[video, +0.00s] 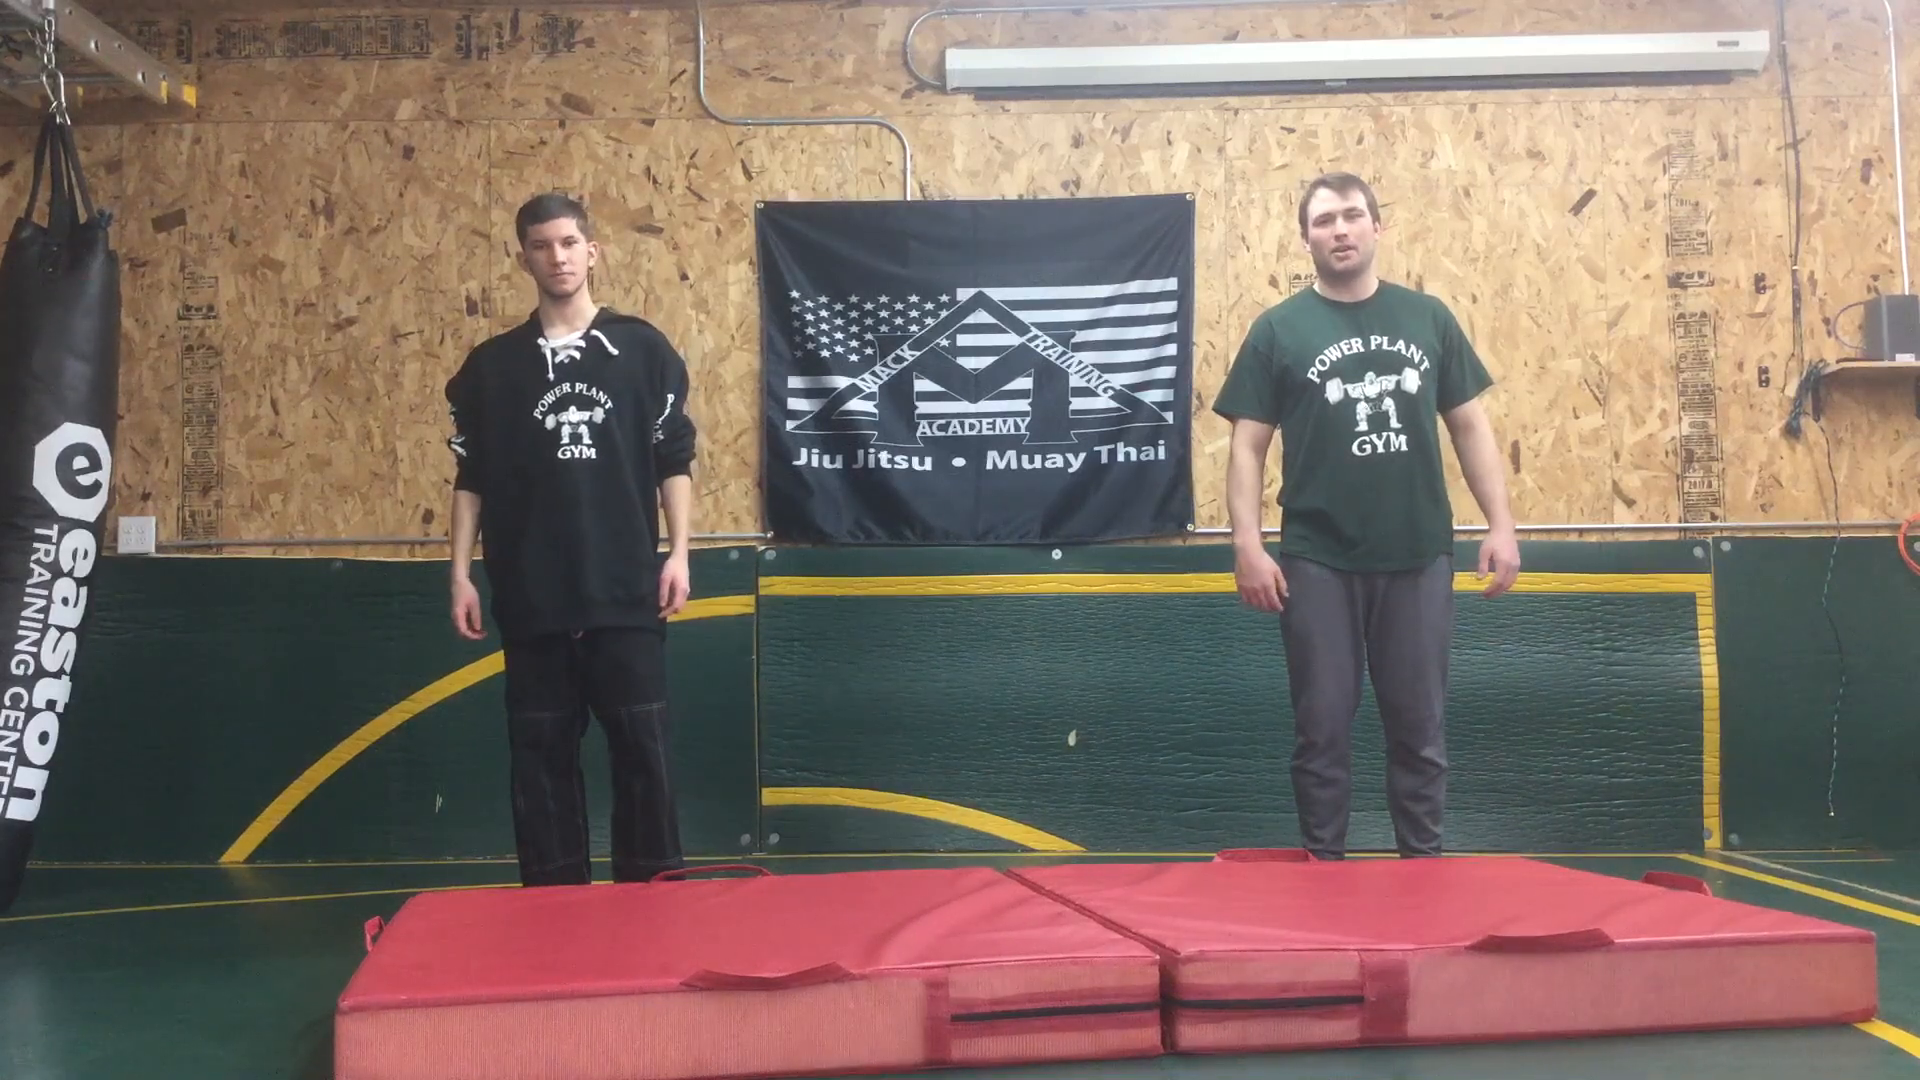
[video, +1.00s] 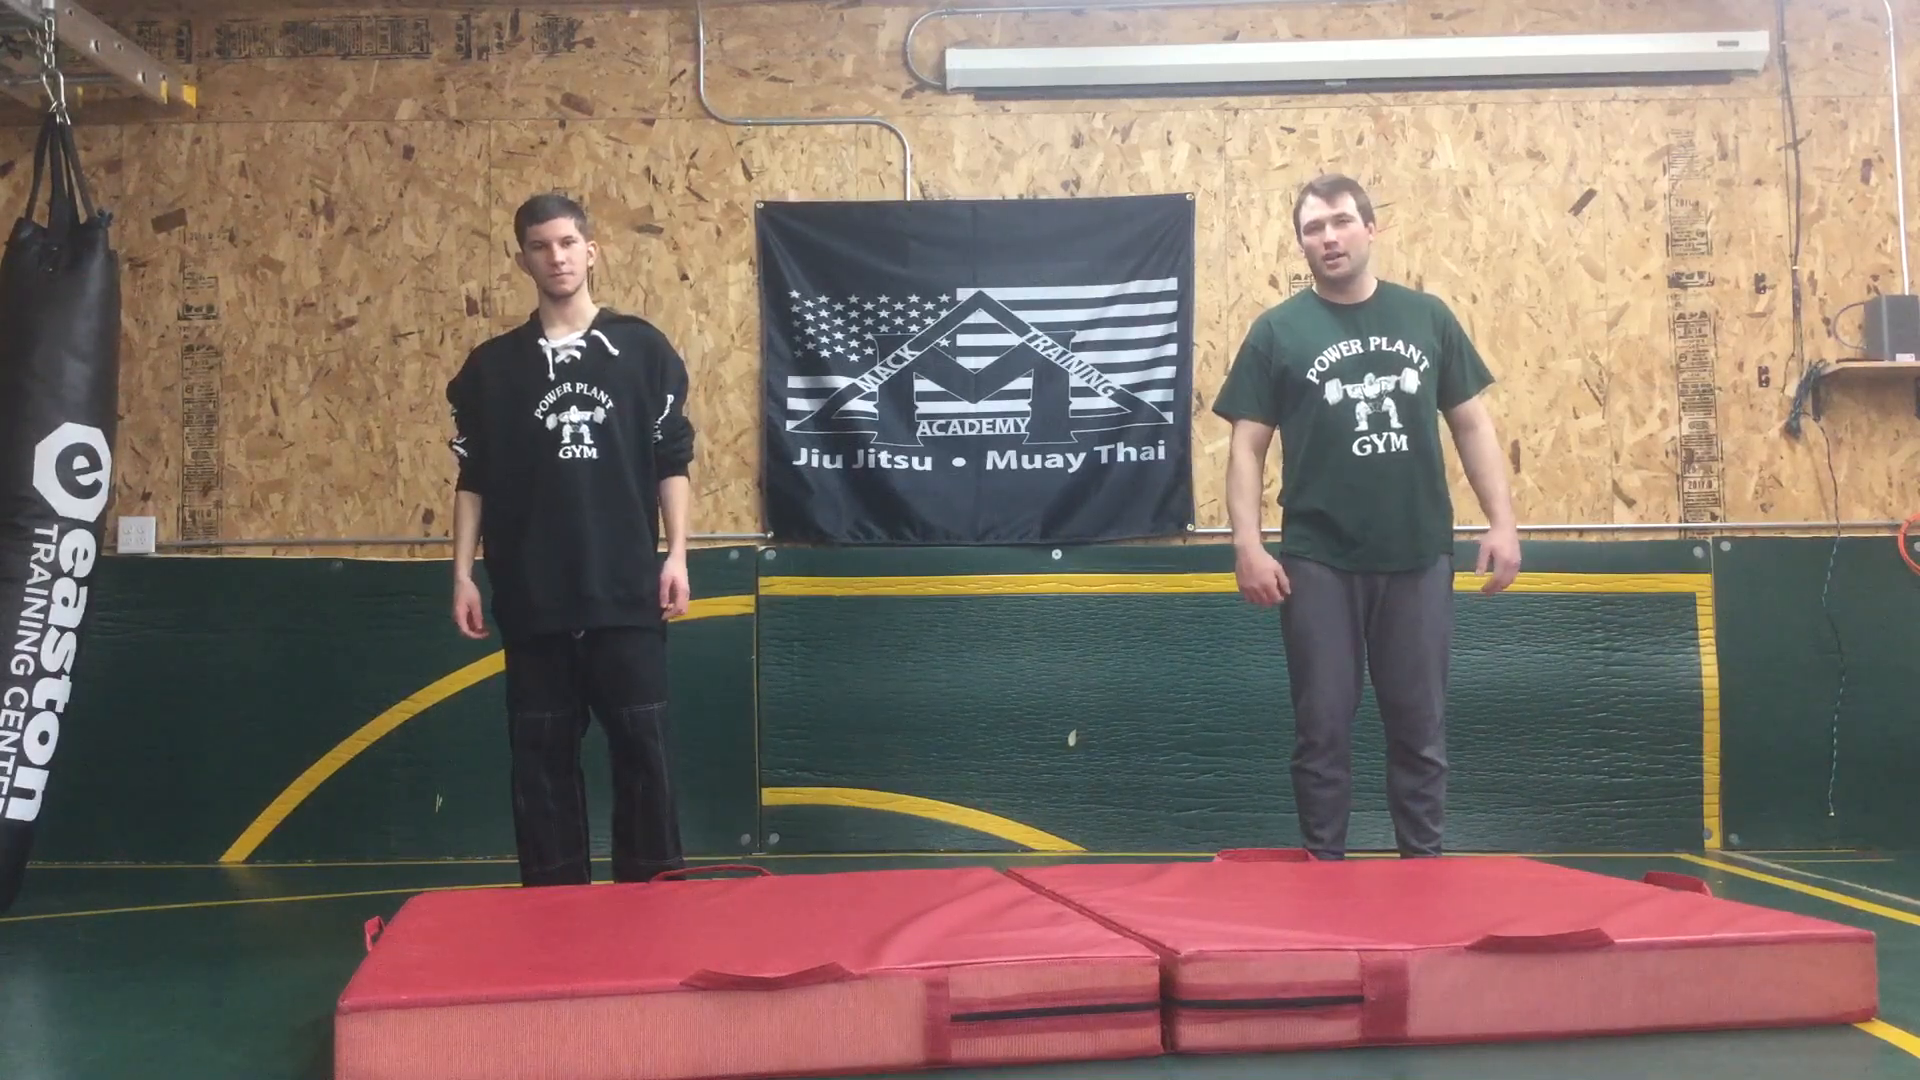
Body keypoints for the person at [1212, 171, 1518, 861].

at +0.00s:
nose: (1340, 229)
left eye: (1351, 216)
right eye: (1324, 221)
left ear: (1377, 228)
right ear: (1306, 240)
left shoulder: (1426, 317)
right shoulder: (1278, 330)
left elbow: (1468, 424)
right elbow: (1248, 445)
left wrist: (1501, 525)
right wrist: (1248, 545)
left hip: (1417, 554)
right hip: (1317, 556)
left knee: (1419, 725)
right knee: (1322, 723)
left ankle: (1423, 869)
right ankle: (1323, 870)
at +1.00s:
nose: (1328, 236)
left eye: (1341, 221)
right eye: (1313, 227)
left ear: (1372, 229)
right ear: (1300, 243)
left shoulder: (1426, 317)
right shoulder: (1277, 332)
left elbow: (1470, 424)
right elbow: (1247, 447)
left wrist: (1502, 522)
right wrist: (1248, 545)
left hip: (1417, 554)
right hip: (1317, 556)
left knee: (1419, 724)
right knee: (1322, 723)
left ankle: (1423, 868)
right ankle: (1323, 869)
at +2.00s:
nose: (1333, 243)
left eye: (1344, 227)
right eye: (1317, 234)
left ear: (1373, 230)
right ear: (1302, 246)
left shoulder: (1428, 320)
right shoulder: (1277, 335)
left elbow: (1468, 425)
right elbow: (1248, 451)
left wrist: (1496, 527)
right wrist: (1246, 552)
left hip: (1417, 557)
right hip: (1317, 559)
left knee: (1419, 729)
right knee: (1322, 727)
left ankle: (1423, 871)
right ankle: (1322, 873)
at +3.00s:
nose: (1345, 235)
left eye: (1357, 221)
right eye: (1330, 225)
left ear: (1381, 231)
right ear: (1311, 240)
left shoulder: (1430, 319)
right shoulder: (1280, 330)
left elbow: (1471, 427)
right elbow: (1247, 444)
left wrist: (1500, 526)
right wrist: (1251, 539)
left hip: (1417, 554)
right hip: (1317, 556)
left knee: (1420, 727)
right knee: (1322, 726)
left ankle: (1423, 870)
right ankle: (1324, 872)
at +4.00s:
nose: (1349, 241)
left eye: (1363, 228)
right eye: (1335, 229)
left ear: (1386, 236)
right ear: (1315, 238)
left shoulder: (1432, 322)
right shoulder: (1281, 331)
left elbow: (1470, 431)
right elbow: (1250, 448)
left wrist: (1498, 531)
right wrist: (1245, 549)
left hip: (1419, 558)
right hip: (1319, 559)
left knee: (1420, 728)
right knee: (1323, 726)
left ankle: (1423, 869)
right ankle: (1323, 870)